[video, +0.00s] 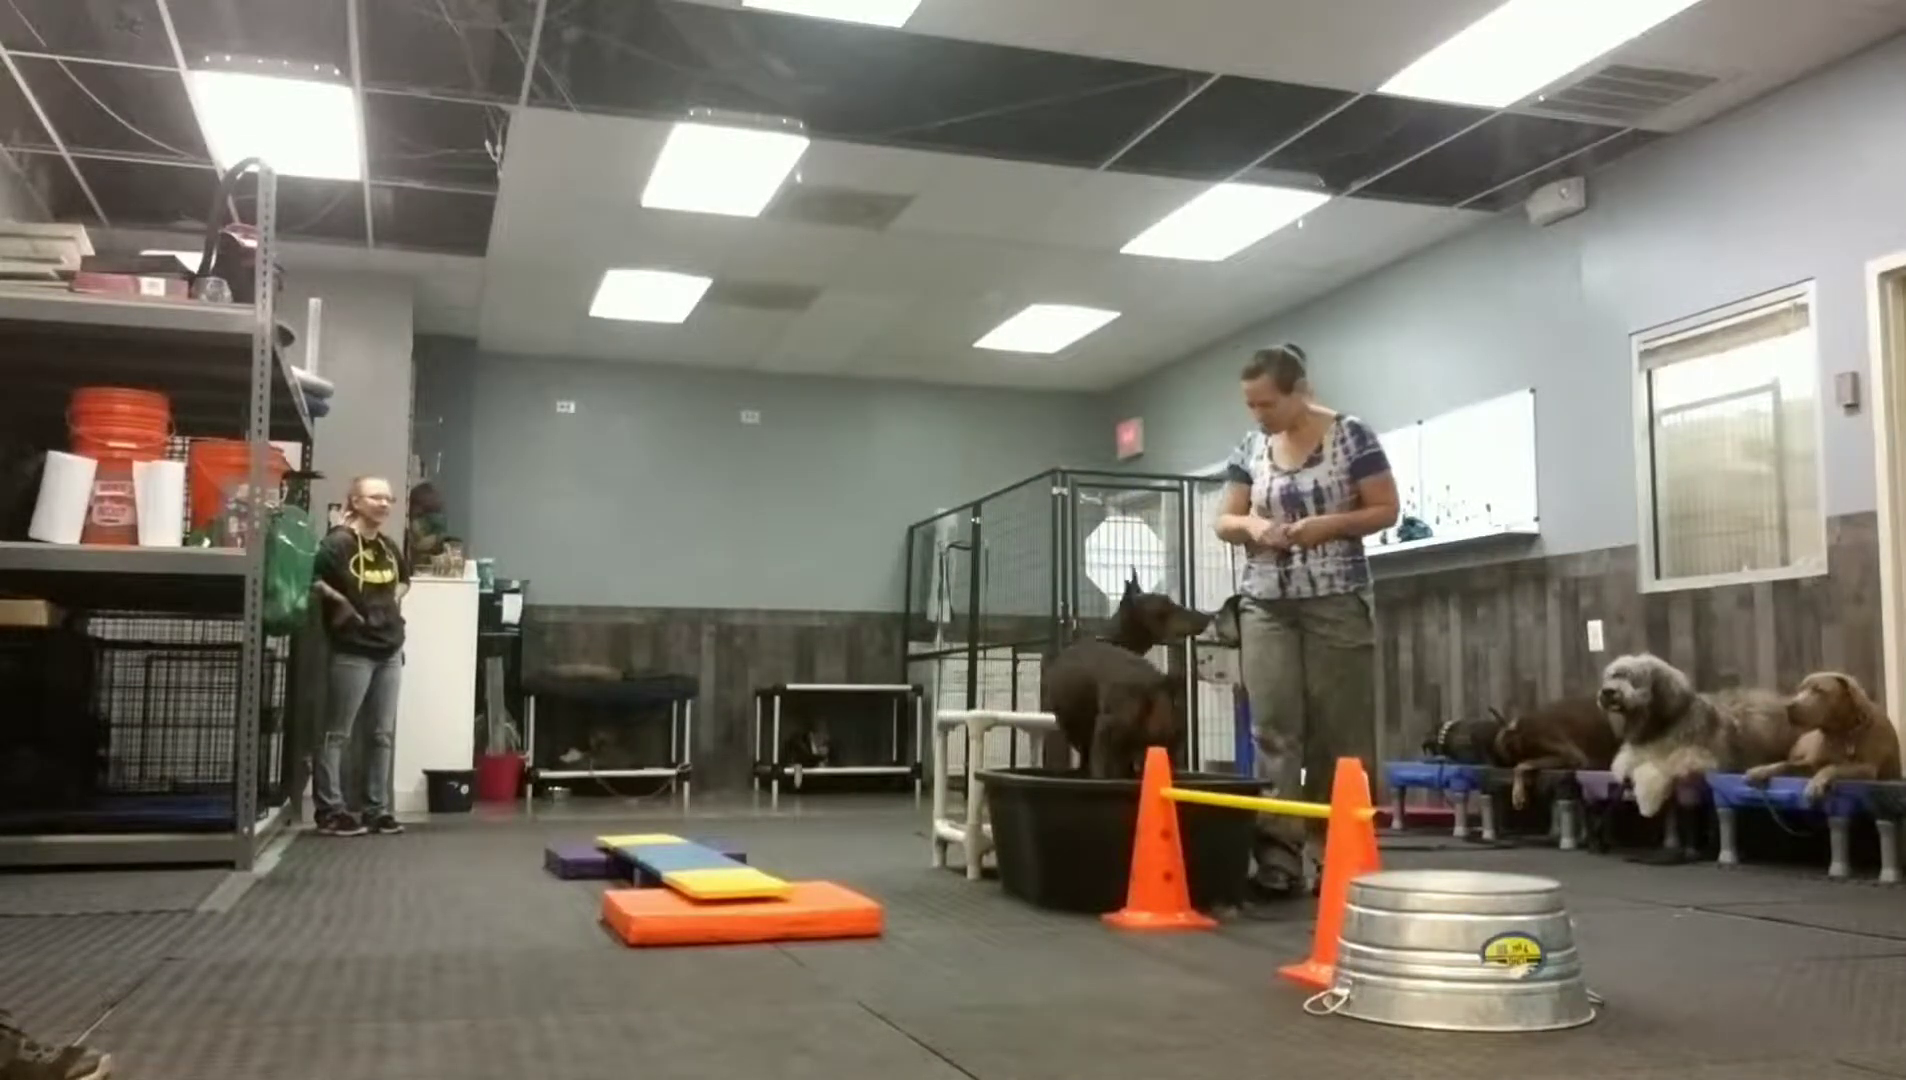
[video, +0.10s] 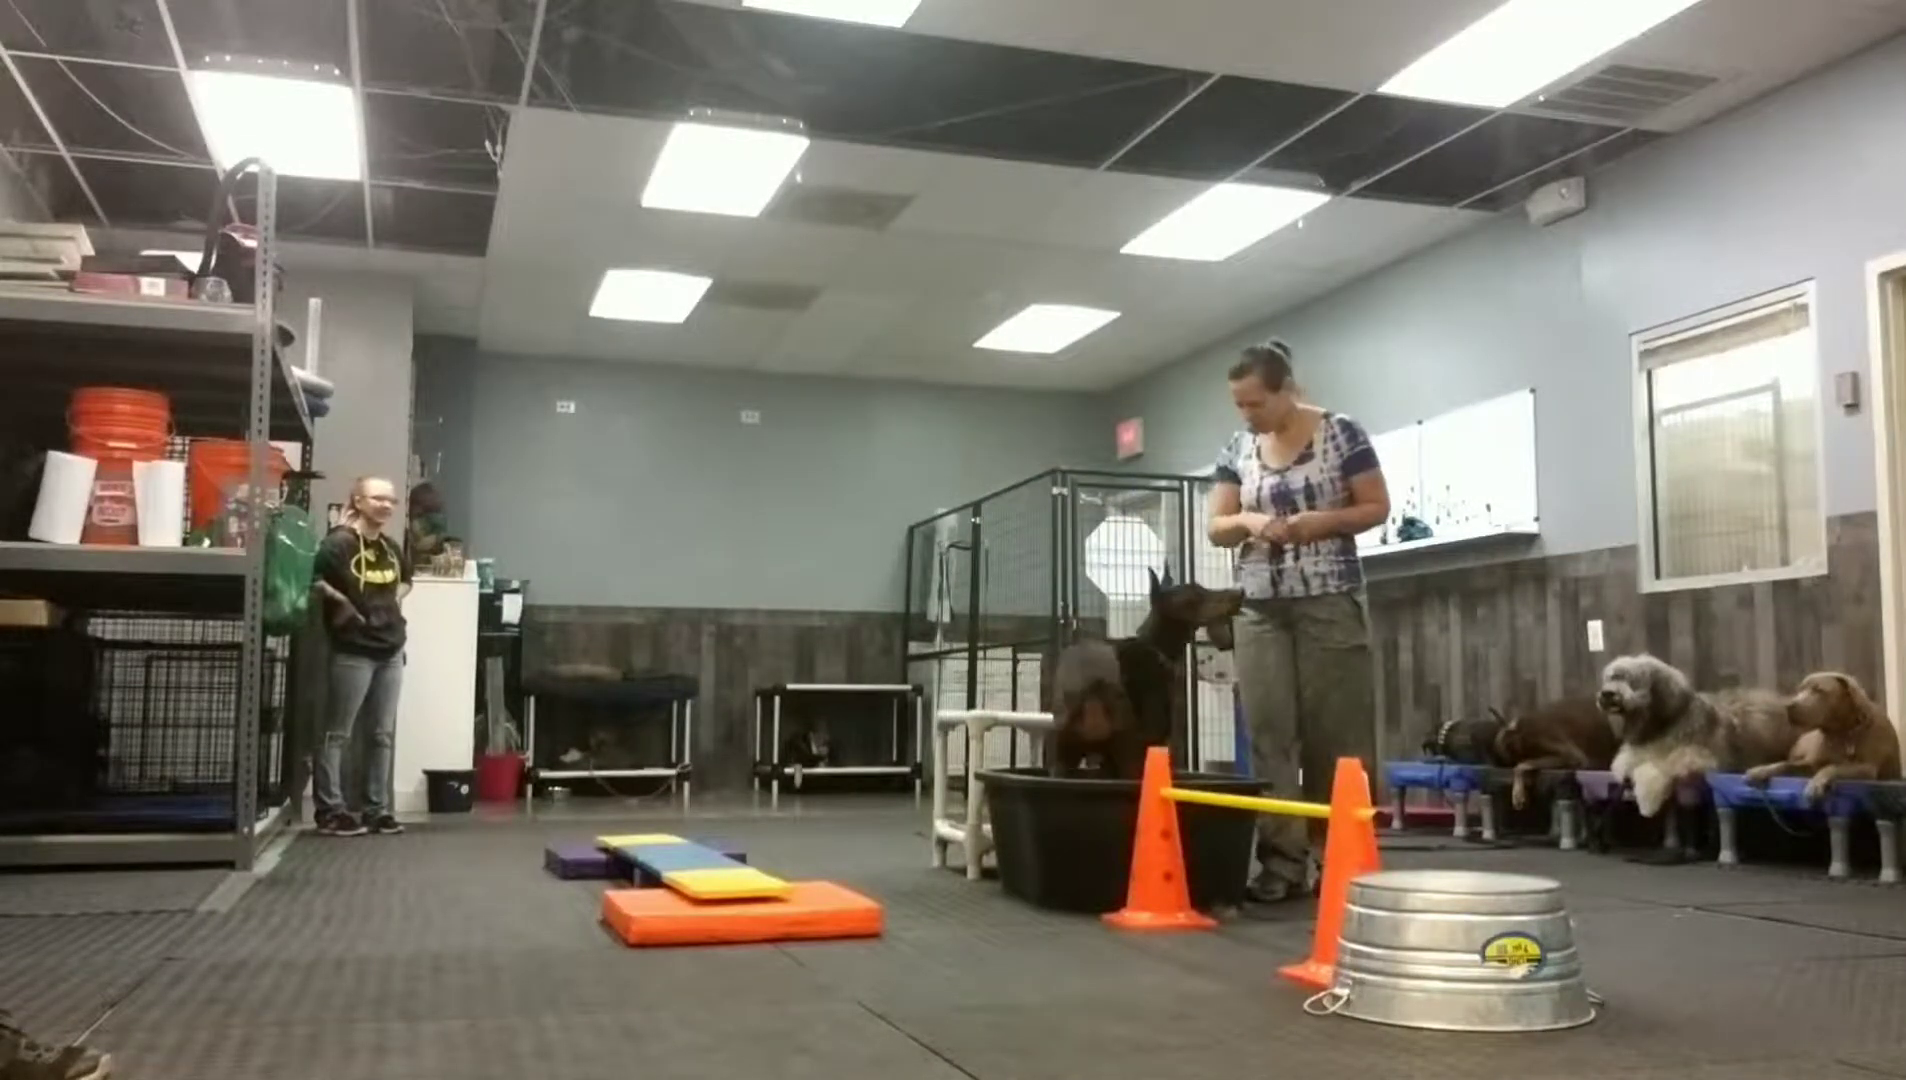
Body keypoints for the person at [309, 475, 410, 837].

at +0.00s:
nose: (385, 504)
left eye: (388, 499)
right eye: (376, 498)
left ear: (390, 505)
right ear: (355, 503)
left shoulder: (388, 544)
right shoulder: (338, 542)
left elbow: (403, 581)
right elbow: (315, 580)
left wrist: (390, 612)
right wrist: (344, 608)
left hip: (389, 648)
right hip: (352, 648)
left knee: (382, 734)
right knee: (337, 734)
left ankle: (377, 810)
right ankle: (330, 810)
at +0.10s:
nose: (387, 505)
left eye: (391, 500)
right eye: (379, 499)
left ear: (394, 506)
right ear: (358, 502)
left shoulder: (390, 546)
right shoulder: (339, 543)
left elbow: (404, 582)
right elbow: (316, 581)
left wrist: (389, 612)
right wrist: (346, 608)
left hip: (390, 649)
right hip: (353, 649)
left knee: (382, 734)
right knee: (338, 734)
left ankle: (376, 810)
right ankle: (330, 810)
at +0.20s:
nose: (388, 506)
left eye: (392, 500)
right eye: (380, 499)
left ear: (396, 506)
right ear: (359, 502)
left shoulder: (392, 545)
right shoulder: (341, 542)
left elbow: (407, 581)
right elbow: (315, 579)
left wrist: (388, 608)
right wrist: (344, 605)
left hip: (391, 649)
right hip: (354, 649)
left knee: (383, 734)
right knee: (338, 734)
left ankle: (376, 810)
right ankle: (330, 810)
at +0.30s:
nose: (389, 506)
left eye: (393, 501)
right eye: (381, 499)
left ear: (396, 506)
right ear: (360, 502)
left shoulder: (393, 545)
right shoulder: (340, 543)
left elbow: (409, 582)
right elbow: (315, 578)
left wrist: (389, 608)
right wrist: (344, 603)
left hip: (392, 650)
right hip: (355, 650)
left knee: (383, 734)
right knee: (339, 734)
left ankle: (377, 810)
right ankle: (330, 810)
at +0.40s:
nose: (389, 506)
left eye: (393, 501)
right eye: (381, 499)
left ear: (397, 506)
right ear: (361, 502)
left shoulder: (393, 545)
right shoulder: (342, 543)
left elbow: (410, 582)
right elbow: (316, 580)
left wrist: (387, 606)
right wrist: (345, 603)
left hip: (394, 650)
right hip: (355, 650)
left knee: (383, 735)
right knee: (339, 734)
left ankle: (377, 811)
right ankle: (330, 810)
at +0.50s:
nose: (389, 506)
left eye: (393, 501)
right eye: (381, 499)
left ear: (396, 506)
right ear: (360, 502)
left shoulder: (393, 545)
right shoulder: (343, 542)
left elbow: (410, 581)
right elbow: (315, 578)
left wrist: (390, 606)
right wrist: (345, 601)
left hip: (394, 650)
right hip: (356, 649)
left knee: (383, 735)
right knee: (340, 734)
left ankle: (377, 811)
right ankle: (330, 810)